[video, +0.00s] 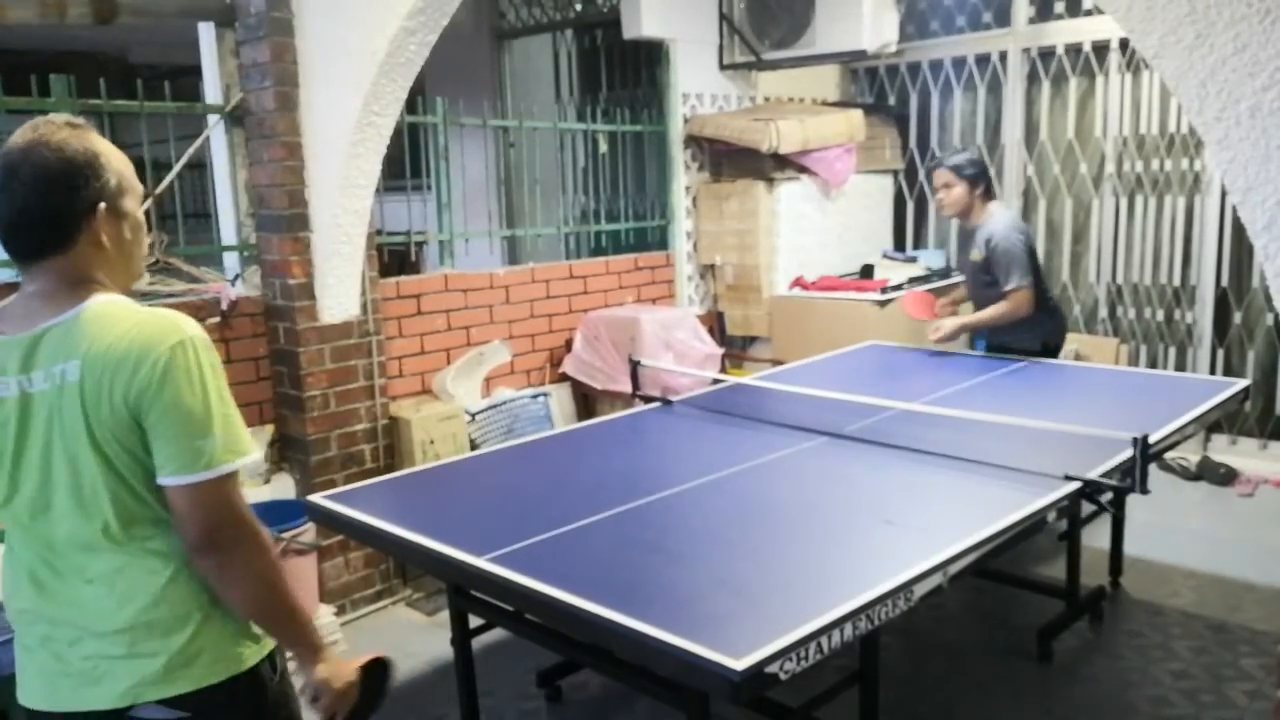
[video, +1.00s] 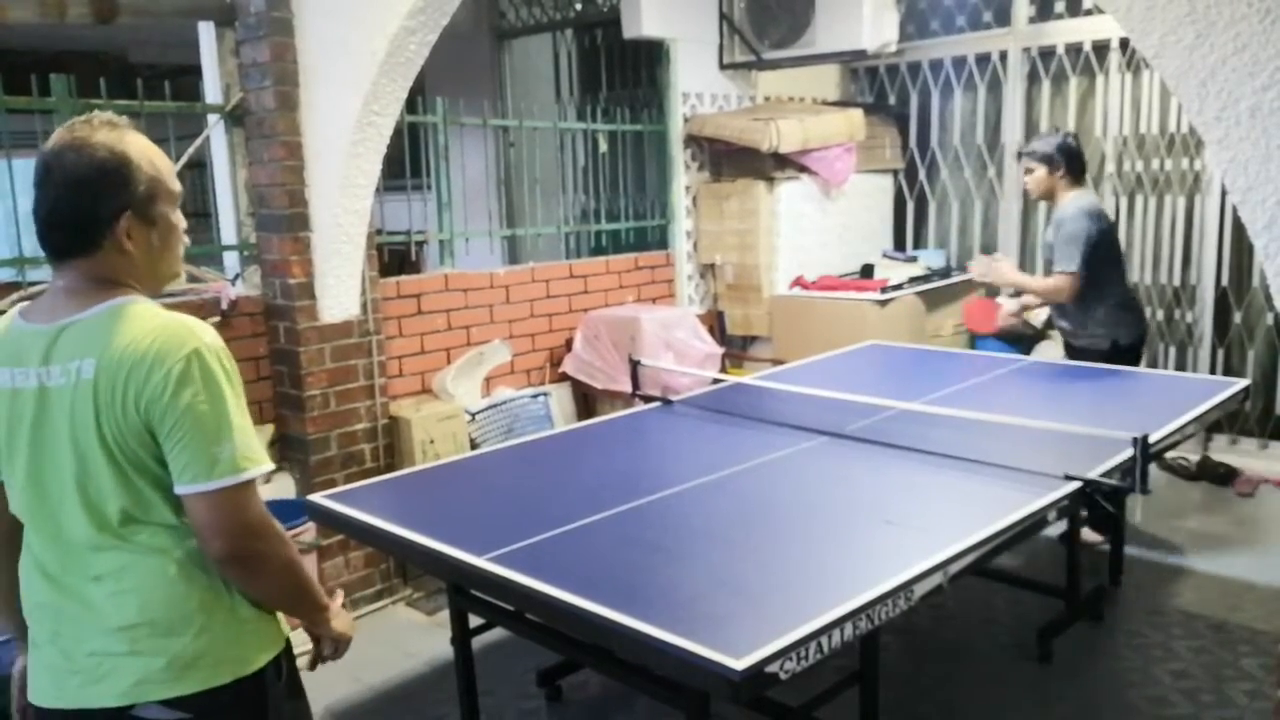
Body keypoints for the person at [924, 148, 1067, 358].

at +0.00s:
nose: (939, 197)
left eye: (948, 187)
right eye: (937, 190)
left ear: (978, 187)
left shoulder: (1003, 233)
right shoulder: (976, 224)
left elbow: (1022, 305)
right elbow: (987, 281)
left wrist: (962, 324)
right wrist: (954, 299)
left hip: (1030, 340)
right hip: (1002, 332)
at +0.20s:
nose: (970, 191)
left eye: (977, 183)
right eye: (969, 185)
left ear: (1007, 182)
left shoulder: (1023, 225)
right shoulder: (1010, 221)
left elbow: (1028, 302)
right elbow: (1012, 292)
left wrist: (986, 324)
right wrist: (985, 307)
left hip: (1058, 340)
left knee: (988, 348)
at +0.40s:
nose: (1002, 188)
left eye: (1007, 179)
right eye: (1001, 181)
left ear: (1034, 176)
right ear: (1033, 177)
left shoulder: (1049, 219)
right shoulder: (1043, 214)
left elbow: (1043, 295)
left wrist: (1015, 339)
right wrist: (1022, 310)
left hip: (1081, 337)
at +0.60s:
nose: (1022, 175)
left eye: (1026, 166)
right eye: (1021, 167)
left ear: (1050, 164)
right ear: (1050, 165)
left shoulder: (1065, 206)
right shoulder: (1080, 200)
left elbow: (1039, 281)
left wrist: (996, 310)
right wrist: (1012, 298)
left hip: (1092, 325)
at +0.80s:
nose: (1028, 175)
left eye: (1033, 166)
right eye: (1028, 166)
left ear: (1057, 165)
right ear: (1063, 167)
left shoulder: (1071, 209)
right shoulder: (1084, 202)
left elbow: (1036, 281)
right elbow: (1057, 277)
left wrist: (982, 282)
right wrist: (1004, 283)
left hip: (1101, 337)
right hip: (1108, 332)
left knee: (1094, 428)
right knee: (1099, 426)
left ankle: (1100, 522)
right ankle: (1098, 516)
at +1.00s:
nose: (1024, 181)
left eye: (1030, 172)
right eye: (1024, 172)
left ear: (1057, 171)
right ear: (1059, 172)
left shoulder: (1077, 214)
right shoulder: (1070, 210)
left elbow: (1065, 287)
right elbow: (1070, 283)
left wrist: (1009, 277)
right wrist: (1026, 301)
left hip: (1105, 344)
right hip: (1091, 340)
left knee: (1099, 434)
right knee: (1091, 432)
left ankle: (1104, 523)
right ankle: (1098, 517)